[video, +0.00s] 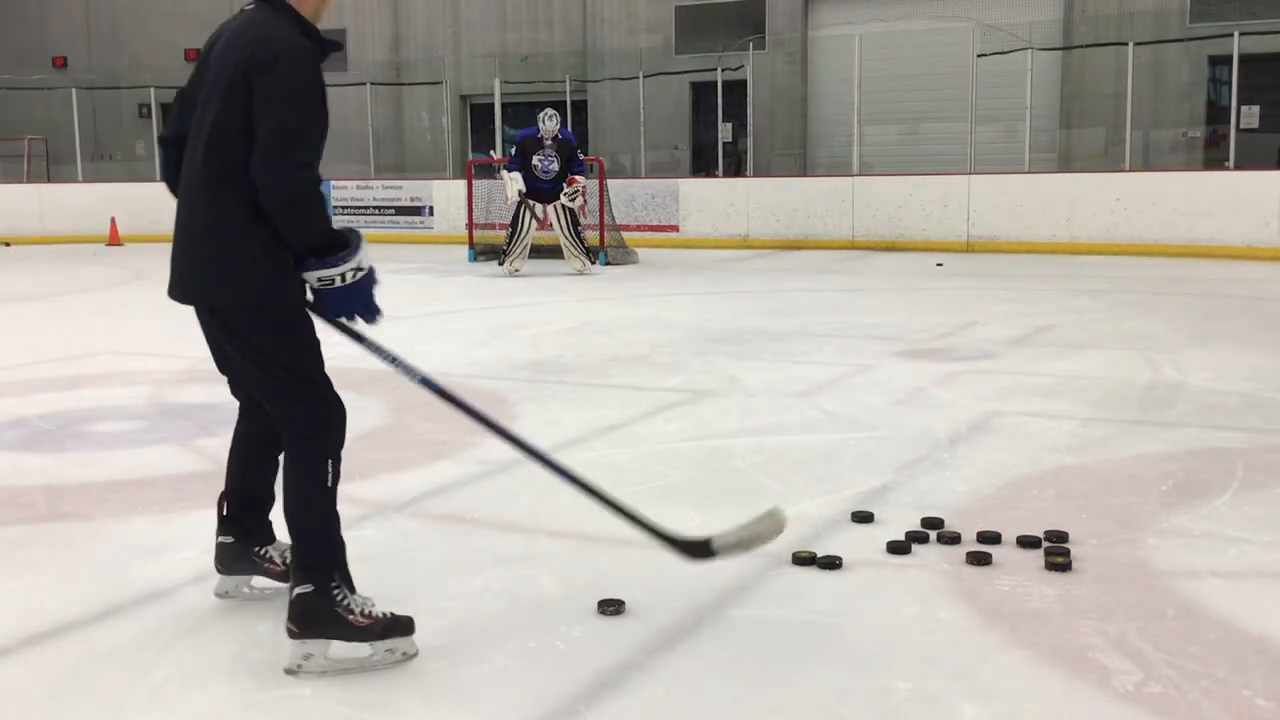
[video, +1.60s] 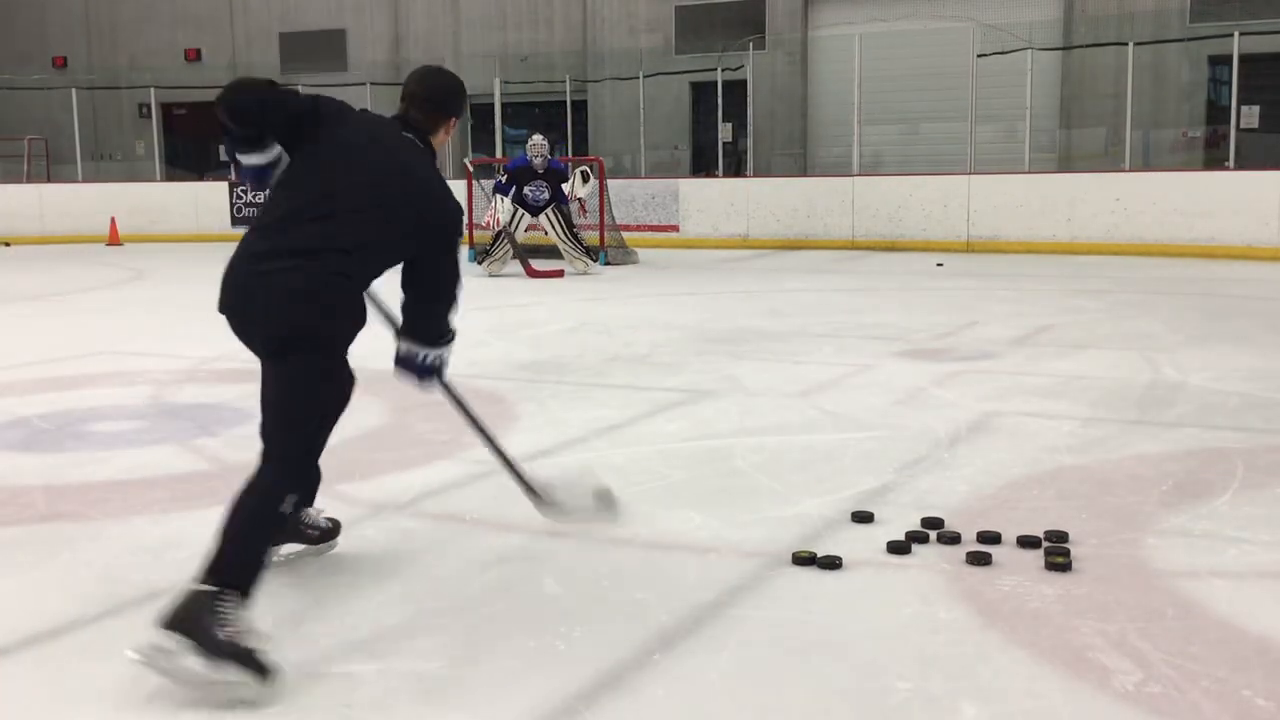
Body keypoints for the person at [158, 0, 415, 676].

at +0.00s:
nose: (332, 3)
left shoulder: (233, 35)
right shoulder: (291, 49)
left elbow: (178, 151)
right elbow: (285, 175)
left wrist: (235, 219)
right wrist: (336, 261)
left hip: (208, 267)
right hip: (256, 273)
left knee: (265, 403)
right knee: (315, 417)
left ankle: (243, 539)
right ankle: (322, 596)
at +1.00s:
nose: (394, 5)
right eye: (393, 0)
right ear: (381, 0)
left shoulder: (294, 49)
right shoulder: (352, 54)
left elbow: (272, 167)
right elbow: (347, 166)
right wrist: (385, 249)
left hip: (265, 278)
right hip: (321, 284)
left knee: (281, 409)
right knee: (368, 435)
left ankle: (242, 534)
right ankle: (374, 601)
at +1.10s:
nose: (408, 16)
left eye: (405, 8)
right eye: (408, 8)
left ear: (349, 2)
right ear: (394, 6)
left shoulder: (316, 56)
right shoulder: (353, 58)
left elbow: (291, 195)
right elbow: (337, 154)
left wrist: (351, 274)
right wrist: (402, 205)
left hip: (261, 280)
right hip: (312, 284)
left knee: (274, 409)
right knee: (366, 433)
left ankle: (232, 532)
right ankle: (367, 604)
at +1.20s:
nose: (428, 37)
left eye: (426, 26)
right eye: (429, 26)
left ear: (372, 19)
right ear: (419, 26)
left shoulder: (344, 71)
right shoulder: (367, 66)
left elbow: (364, 199)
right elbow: (358, 98)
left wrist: (394, 278)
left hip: (250, 271)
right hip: (299, 282)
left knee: (261, 408)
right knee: (366, 433)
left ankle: (215, 529)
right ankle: (352, 604)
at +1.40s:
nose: (463, 107)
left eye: (463, 95)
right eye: (466, 96)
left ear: (409, 78)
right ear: (454, 94)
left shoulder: (366, 115)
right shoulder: (410, 131)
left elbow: (341, 209)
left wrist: (371, 282)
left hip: (229, 278)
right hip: (290, 288)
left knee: (276, 410)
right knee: (364, 445)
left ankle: (205, 532)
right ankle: (335, 605)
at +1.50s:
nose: (461, 122)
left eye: (457, 111)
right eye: (463, 112)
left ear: (407, 94)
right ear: (455, 112)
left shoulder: (351, 125)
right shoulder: (428, 171)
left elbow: (273, 173)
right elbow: (411, 276)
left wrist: (322, 276)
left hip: (232, 286)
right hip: (297, 302)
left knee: (297, 406)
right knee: (342, 461)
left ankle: (243, 524)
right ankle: (305, 609)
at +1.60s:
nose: (455, 137)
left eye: (454, 126)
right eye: (456, 127)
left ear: (401, 103)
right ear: (447, 125)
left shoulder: (335, 120)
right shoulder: (434, 201)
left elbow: (242, 98)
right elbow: (431, 293)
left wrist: (257, 156)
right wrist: (423, 348)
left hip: (245, 288)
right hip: (309, 315)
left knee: (328, 387)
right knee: (288, 460)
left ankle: (285, 507)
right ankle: (213, 600)